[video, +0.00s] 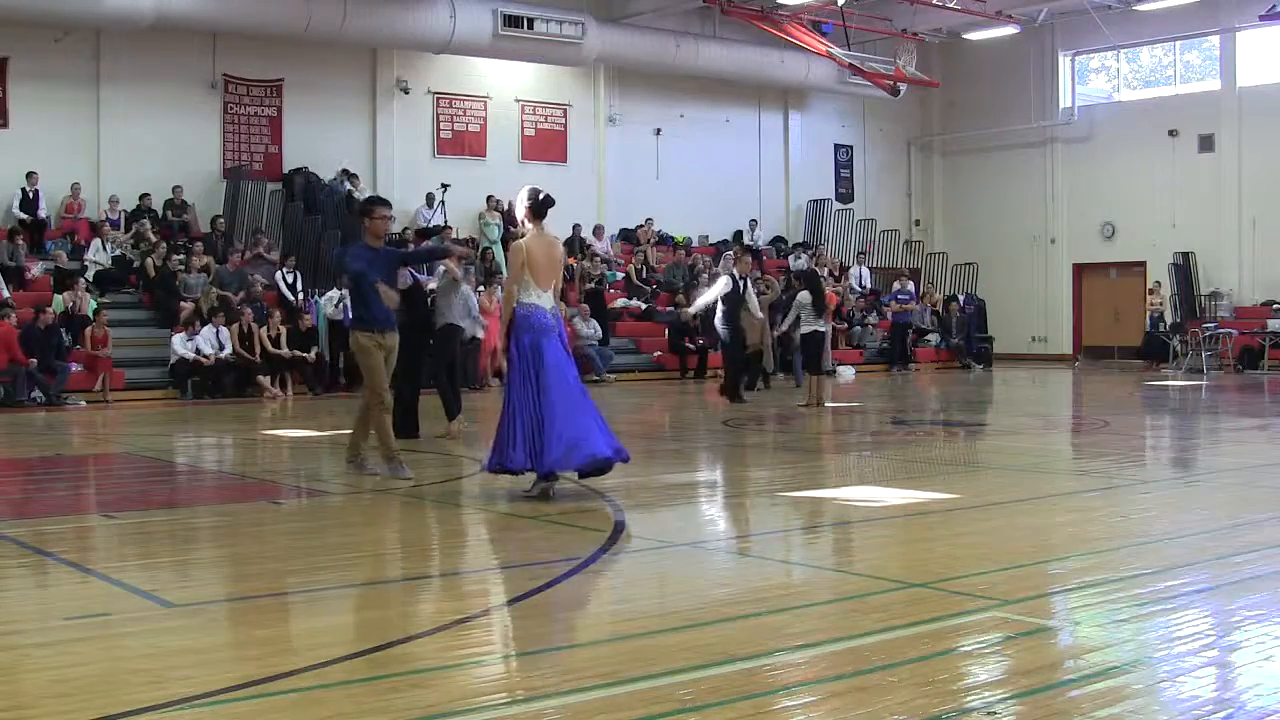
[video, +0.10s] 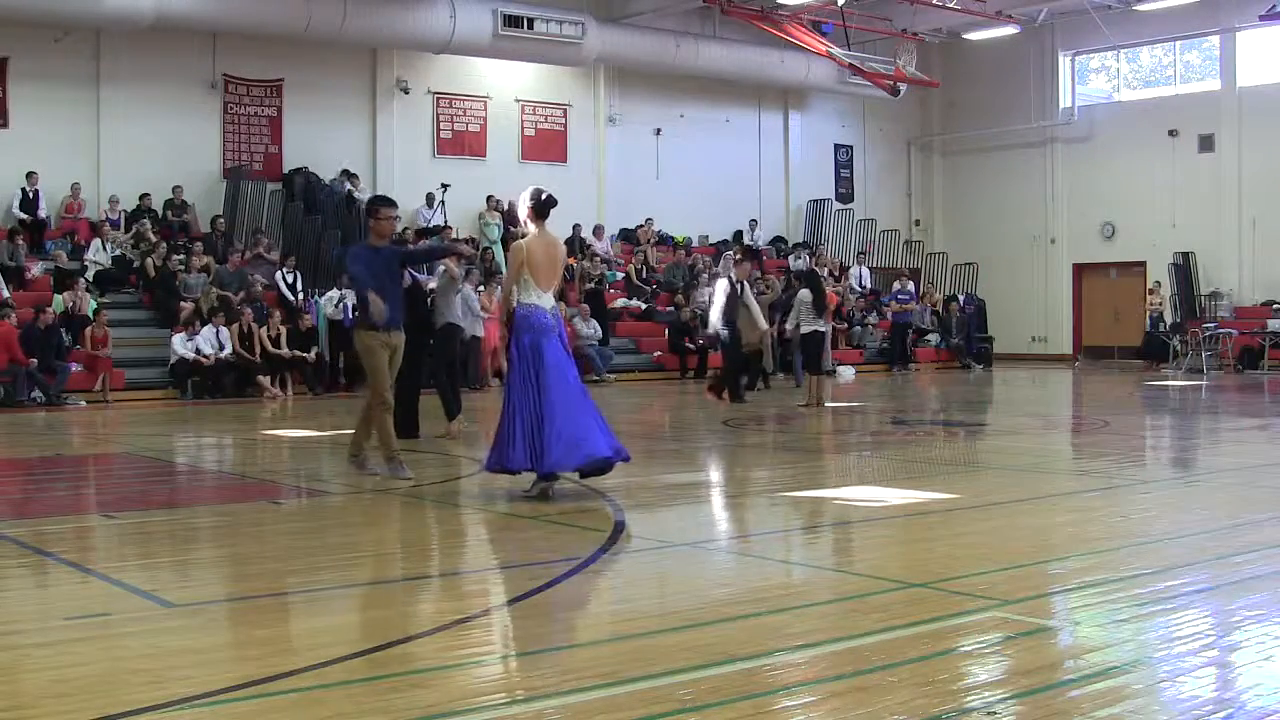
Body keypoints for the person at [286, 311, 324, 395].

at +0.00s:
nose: (310, 322)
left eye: (310, 320)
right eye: (307, 320)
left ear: (311, 320)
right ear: (300, 322)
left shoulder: (313, 330)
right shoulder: (292, 331)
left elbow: (315, 345)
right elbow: (292, 349)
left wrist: (312, 353)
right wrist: (304, 355)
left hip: (309, 354)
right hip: (297, 355)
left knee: (320, 356)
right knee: (304, 362)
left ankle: (320, 385)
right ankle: (312, 387)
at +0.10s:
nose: (310, 322)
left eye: (310, 320)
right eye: (307, 320)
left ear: (311, 320)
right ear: (300, 322)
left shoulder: (313, 330)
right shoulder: (292, 331)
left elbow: (315, 345)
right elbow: (292, 349)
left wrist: (312, 353)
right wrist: (304, 355)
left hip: (309, 354)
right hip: (297, 355)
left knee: (320, 356)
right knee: (304, 362)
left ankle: (320, 385)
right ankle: (312, 387)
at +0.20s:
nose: (310, 322)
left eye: (310, 320)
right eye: (307, 320)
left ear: (311, 320)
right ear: (300, 322)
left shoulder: (312, 330)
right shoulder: (292, 331)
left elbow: (315, 345)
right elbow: (292, 349)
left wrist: (312, 353)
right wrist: (304, 355)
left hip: (309, 354)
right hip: (297, 355)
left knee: (320, 357)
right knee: (304, 362)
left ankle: (320, 385)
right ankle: (312, 387)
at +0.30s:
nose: (310, 322)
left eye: (310, 320)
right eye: (307, 320)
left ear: (311, 320)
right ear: (300, 322)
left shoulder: (313, 330)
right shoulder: (292, 331)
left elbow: (315, 345)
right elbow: (292, 349)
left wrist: (312, 353)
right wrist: (304, 355)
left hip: (309, 354)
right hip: (298, 355)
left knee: (320, 359)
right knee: (304, 363)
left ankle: (319, 385)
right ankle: (313, 387)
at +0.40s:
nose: (310, 322)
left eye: (310, 320)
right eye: (307, 320)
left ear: (311, 320)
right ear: (300, 322)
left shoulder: (313, 329)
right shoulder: (293, 331)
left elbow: (315, 344)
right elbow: (292, 349)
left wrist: (312, 353)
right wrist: (304, 355)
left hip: (310, 354)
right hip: (298, 355)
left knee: (320, 359)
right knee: (305, 364)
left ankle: (318, 385)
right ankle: (313, 387)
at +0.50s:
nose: (310, 322)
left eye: (310, 320)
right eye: (307, 320)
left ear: (311, 320)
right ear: (300, 321)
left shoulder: (313, 329)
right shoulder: (293, 331)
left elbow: (315, 344)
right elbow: (292, 349)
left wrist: (312, 353)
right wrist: (304, 355)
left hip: (310, 354)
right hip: (298, 355)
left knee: (320, 359)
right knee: (305, 364)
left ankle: (318, 385)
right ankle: (313, 387)